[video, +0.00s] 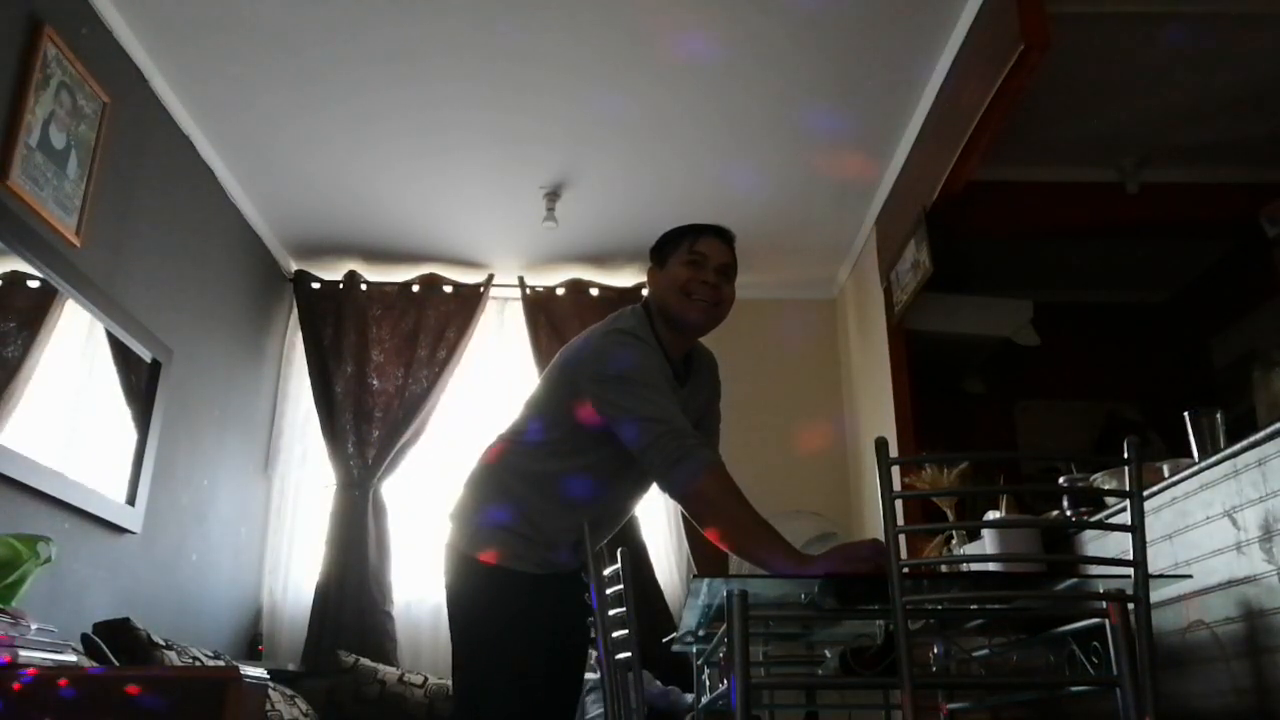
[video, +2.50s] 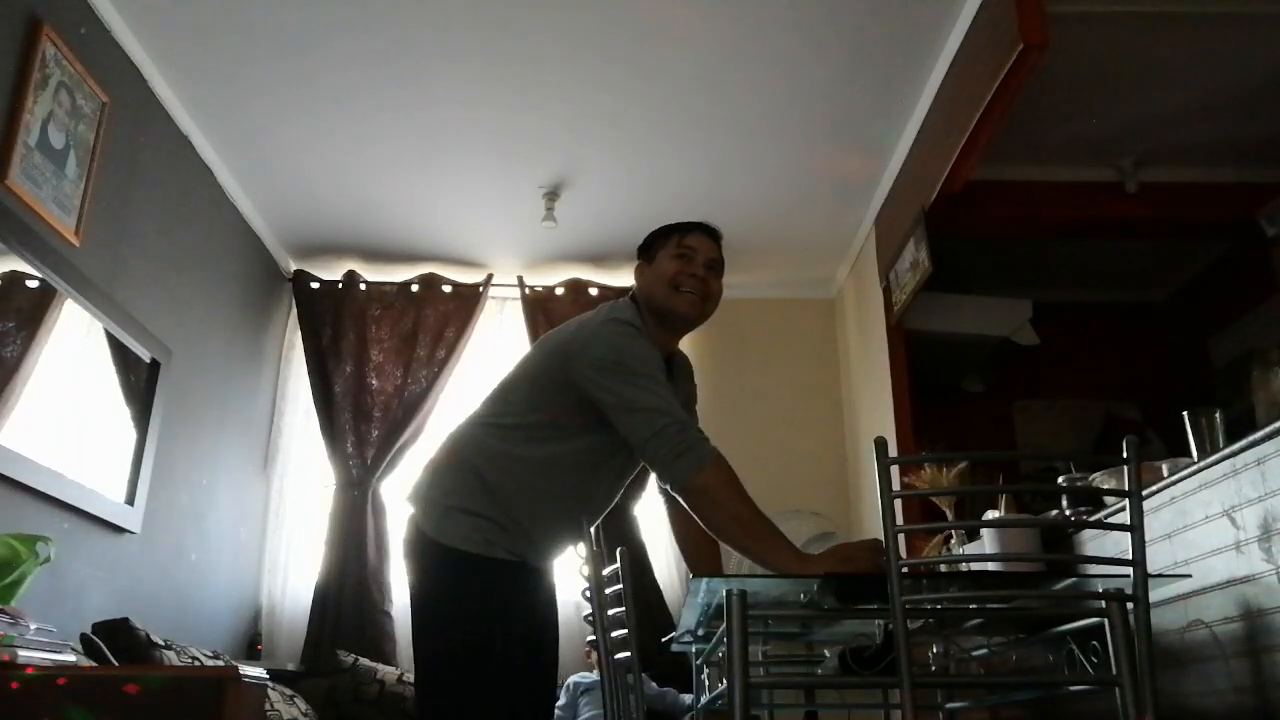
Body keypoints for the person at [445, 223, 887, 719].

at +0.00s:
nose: (710, 282)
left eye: (725, 274)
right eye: (693, 264)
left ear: (733, 295)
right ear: (653, 275)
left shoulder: (698, 369)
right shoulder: (617, 351)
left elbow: (701, 490)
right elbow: (691, 479)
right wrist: (798, 564)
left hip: (567, 556)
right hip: (500, 549)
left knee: (551, 706)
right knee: (497, 708)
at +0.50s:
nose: (712, 282)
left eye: (726, 274)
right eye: (695, 264)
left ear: (733, 296)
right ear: (654, 276)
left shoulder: (697, 368)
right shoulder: (617, 350)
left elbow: (701, 490)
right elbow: (690, 478)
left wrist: (724, 598)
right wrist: (798, 564)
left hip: (565, 555)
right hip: (499, 547)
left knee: (550, 705)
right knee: (498, 708)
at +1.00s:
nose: (715, 281)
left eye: (728, 274)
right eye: (698, 263)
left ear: (734, 296)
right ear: (656, 274)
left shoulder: (695, 369)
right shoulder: (620, 348)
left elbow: (699, 484)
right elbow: (690, 475)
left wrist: (719, 592)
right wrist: (798, 564)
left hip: (560, 555)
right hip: (493, 547)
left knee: (546, 706)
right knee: (489, 708)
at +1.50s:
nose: (711, 279)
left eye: (726, 273)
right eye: (695, 261)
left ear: (731, 297)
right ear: (653, 272)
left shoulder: (693, 370)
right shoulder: (617, 344)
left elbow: (697, 488)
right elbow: (689, 475)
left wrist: (720, 597)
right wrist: (797, 564)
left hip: (553, 553)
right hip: (489, 542)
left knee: (545, 706)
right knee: (486, 707)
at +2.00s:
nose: (703, 280)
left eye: (717, 275)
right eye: (687, 263)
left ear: (722, 300)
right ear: (646, 272)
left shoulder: (679, 378)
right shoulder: (611, 343)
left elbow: (687, 498)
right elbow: (691, 470)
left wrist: (718, 602)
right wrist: (798, 564)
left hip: (536, 555)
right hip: (476, 542)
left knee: (538, 704)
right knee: (488, 706)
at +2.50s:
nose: (698, 271)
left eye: (712, 267)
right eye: (682, 256)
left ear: (717, 294)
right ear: (641, 271)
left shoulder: (675, 375)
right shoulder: (611, 338)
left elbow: (688, 497)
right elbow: (692, 468)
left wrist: (716, 599)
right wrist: (801, 564)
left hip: (523, 550)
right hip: (463, 534)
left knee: (526, 704)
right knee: (470, 706)